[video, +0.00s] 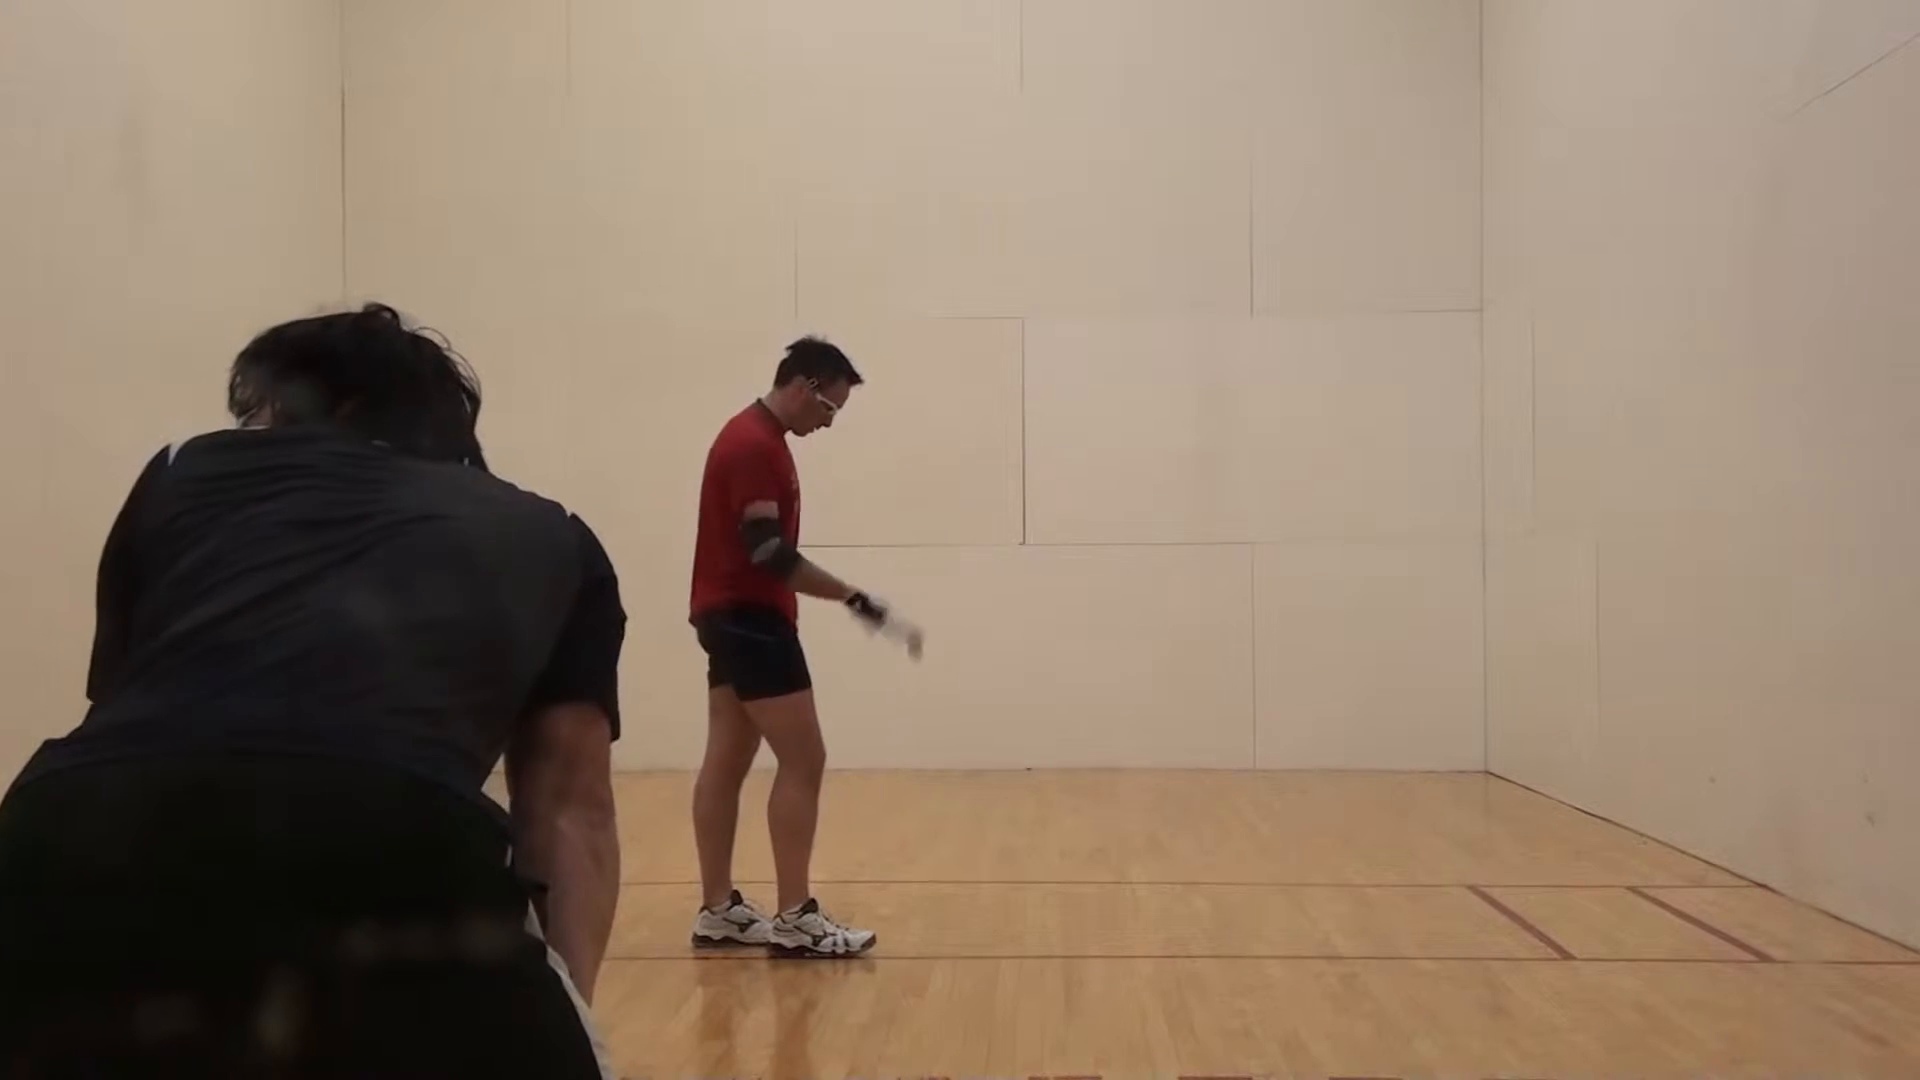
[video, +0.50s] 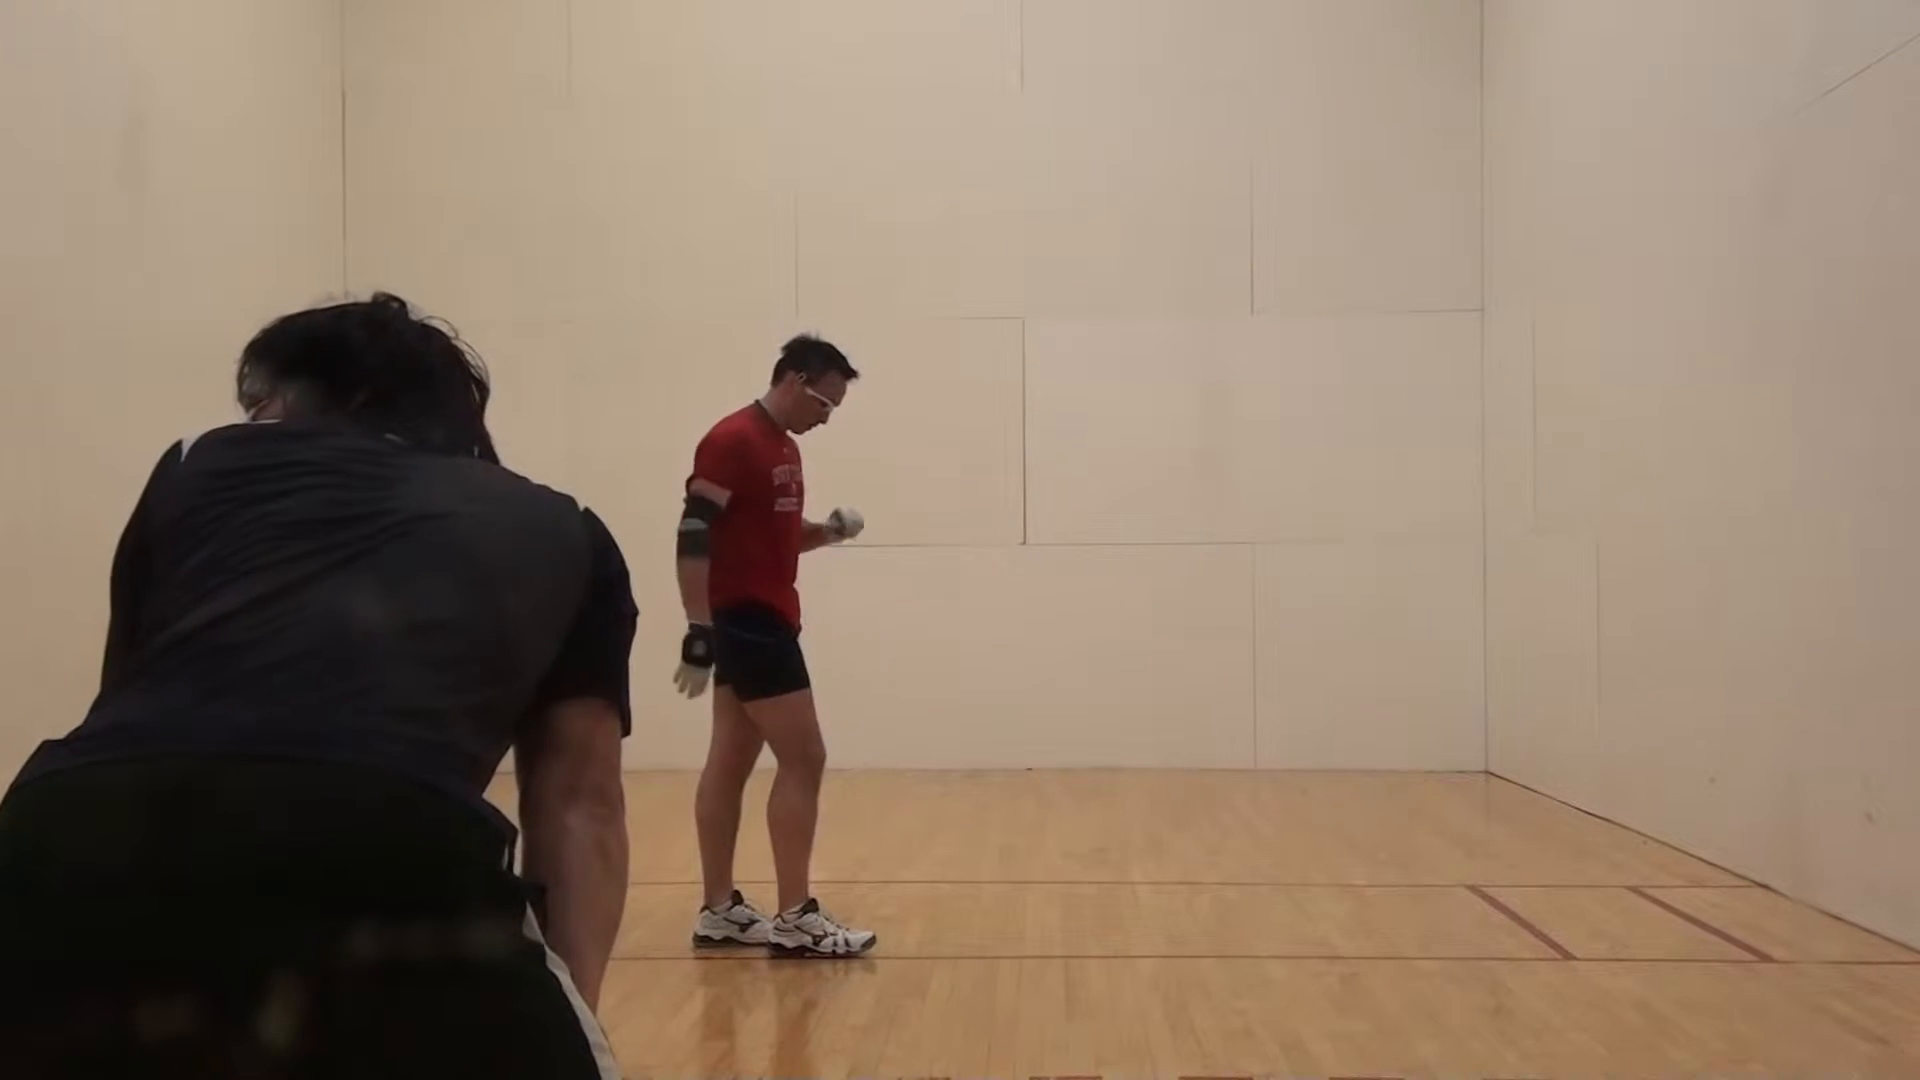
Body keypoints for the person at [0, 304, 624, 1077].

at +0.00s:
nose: (240, 430)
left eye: (252, 414)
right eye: (243, 416)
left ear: (285, 415)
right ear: (448, 438)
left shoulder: (180, 473)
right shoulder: (551, 535)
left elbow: (114, 708)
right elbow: (570, 806)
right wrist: (559, 1018)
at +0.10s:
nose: (243, 428)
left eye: (256, 412)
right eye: (246, 414)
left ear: (291, 411)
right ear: (449, 433)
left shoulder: (184, 469)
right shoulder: (553, 533)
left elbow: (119, 709)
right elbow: (572, 802)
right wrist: (563, 1015)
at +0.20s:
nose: (241, 426)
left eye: (253, 410)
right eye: (244, 412)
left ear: (289, 410)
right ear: (450, 429)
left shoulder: (188, 467)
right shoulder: (556, 531)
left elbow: (120, 711)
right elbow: (575, 803)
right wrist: (564, 1019)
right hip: (404, 864)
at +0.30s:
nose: (243, 426)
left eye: (253, 410)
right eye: (244, 412)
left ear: (286, 410)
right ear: (452, 426)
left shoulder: (190, 467)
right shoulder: (559, 530)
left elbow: (122, 710)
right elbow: (577, 802)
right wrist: (565, 1018)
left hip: (78, 851)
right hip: (403, 860)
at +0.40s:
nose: (245, 427)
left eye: (256, 410)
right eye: (247, 412)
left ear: (290, 410)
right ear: (454, 425)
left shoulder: (192, 467)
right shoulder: (560, 528)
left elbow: (124, 710)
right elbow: (579, 801)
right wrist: (565, 1020)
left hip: (79, 848)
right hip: (401, 857)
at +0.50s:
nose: (248, 426)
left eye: (261, 410)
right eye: (252, 412)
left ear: (296, 411)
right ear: (457, 425)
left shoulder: (193, 466)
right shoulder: (561, 527)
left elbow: (126, 707)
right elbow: (580, 799)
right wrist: (566, 1021)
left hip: (75, 852)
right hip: (399, 862)